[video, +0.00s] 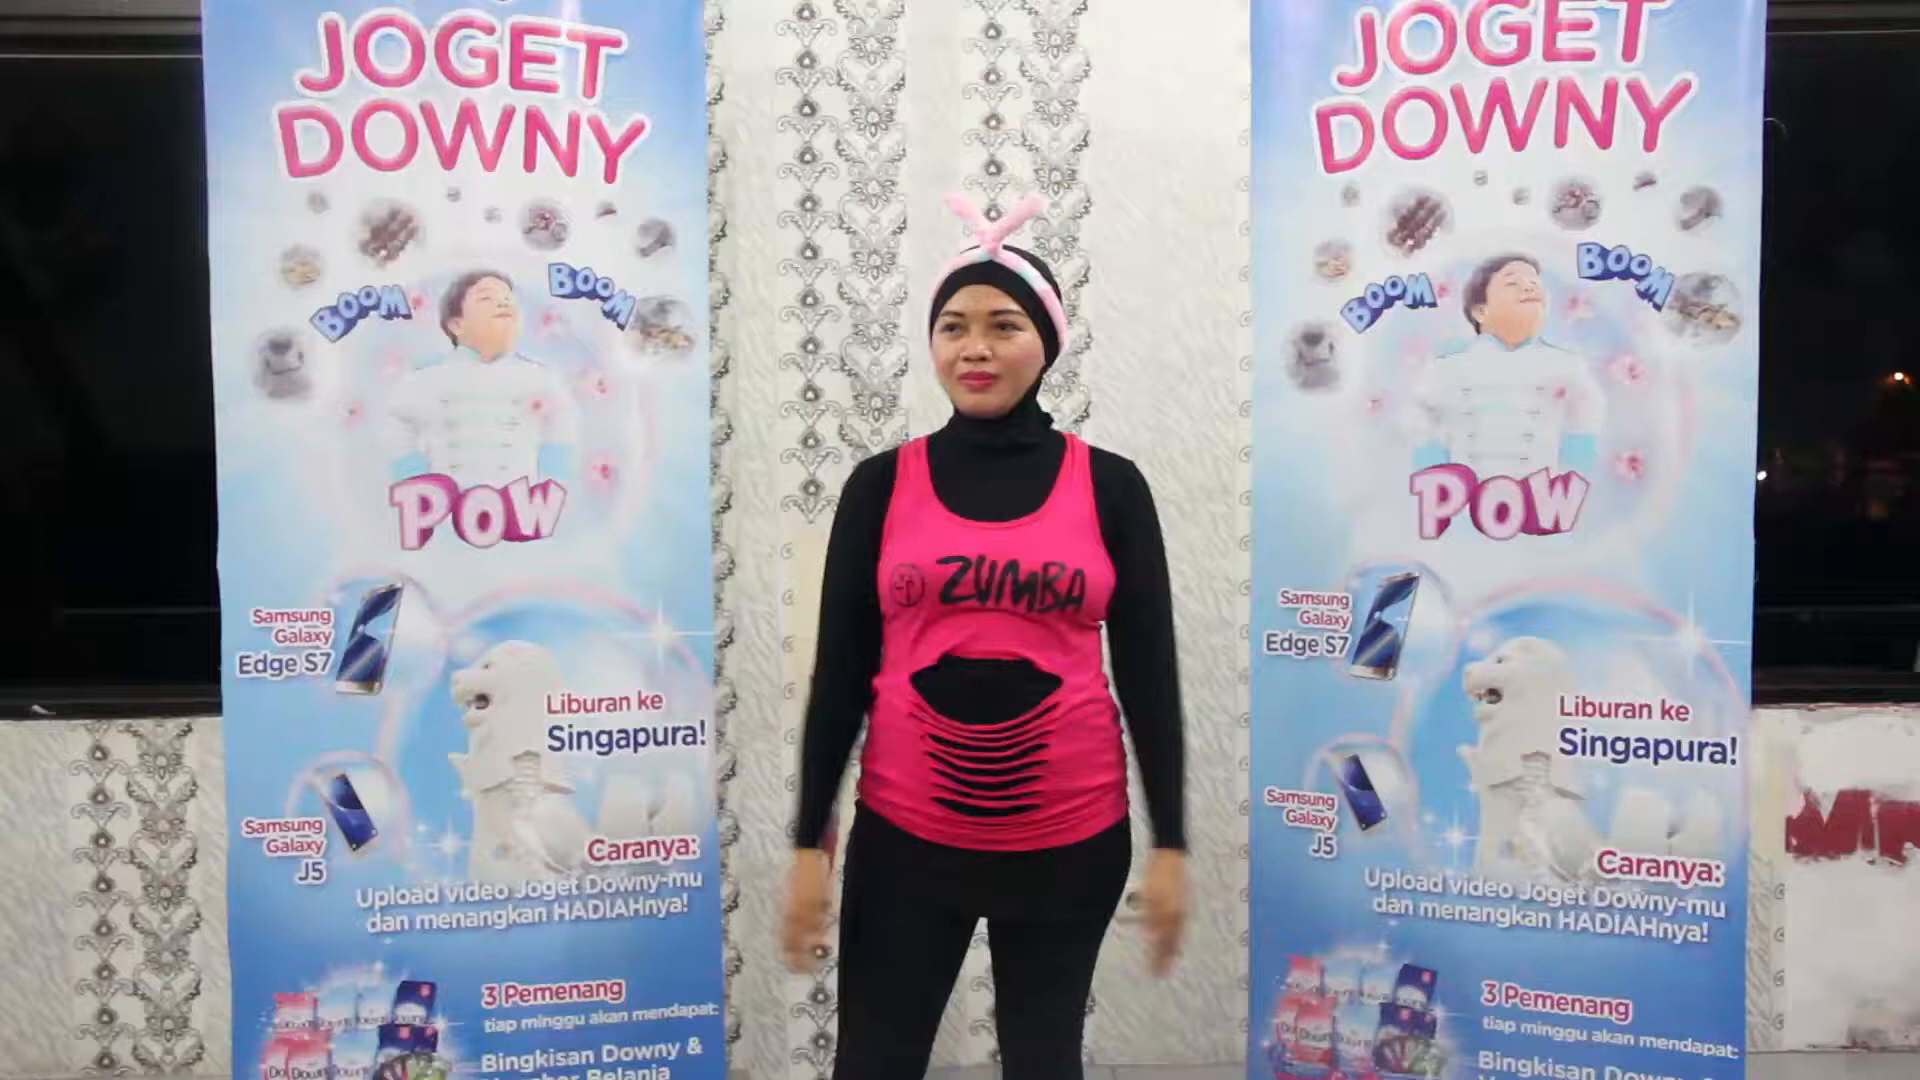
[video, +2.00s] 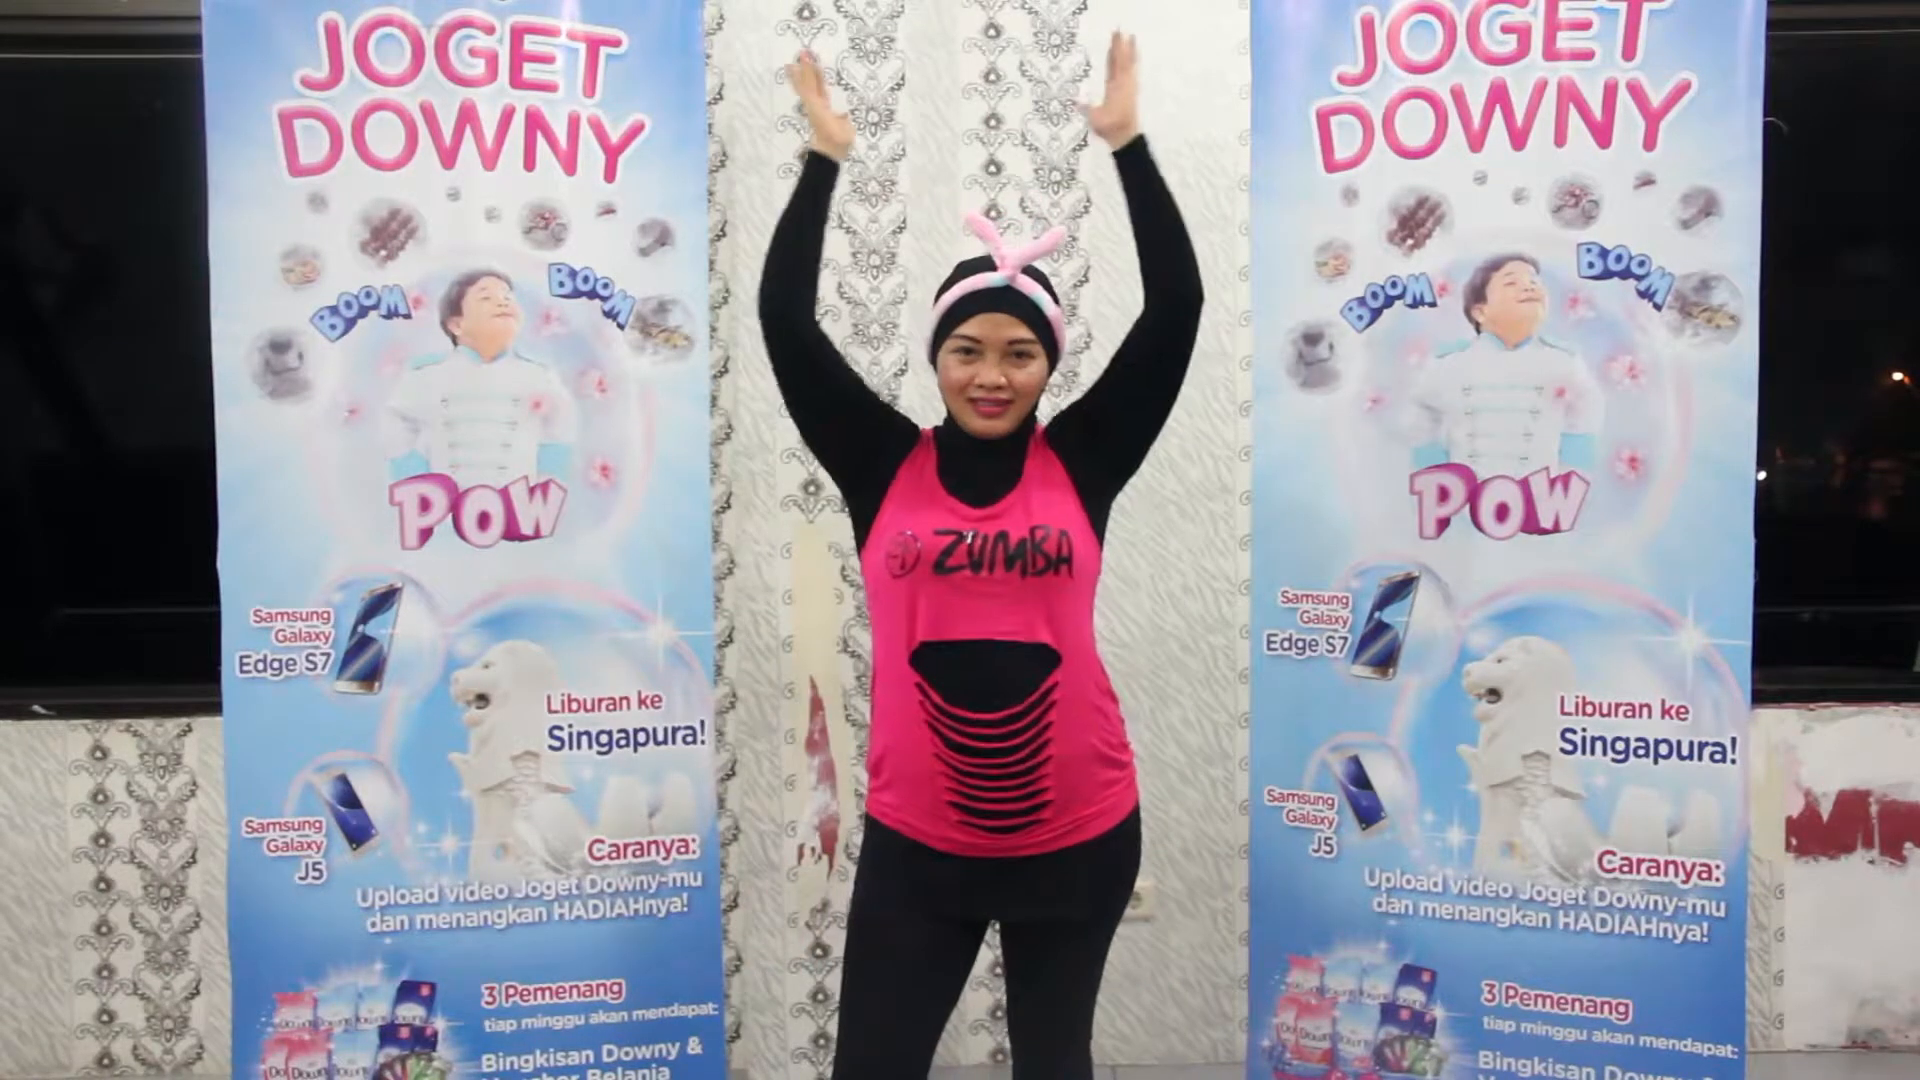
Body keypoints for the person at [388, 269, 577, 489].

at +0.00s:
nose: (503, 303)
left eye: (508, 299)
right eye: (485, 298)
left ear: (518, 316)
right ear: (455, 324)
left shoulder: (538, 378)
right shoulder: (423, 381)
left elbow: (560, 438)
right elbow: (393, 430)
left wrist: (546, 494)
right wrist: (417, 485)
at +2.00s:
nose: (503, 301)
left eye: (508, 296)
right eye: (485, 297)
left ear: (519, 314)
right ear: (454, 324)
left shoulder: (538, 377)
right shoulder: (423, 378)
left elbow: (559, 432)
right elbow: (393, 427)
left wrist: (546, 490)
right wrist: (414, 485)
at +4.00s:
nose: (502, 302)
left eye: (508, 296)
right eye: (484, 297)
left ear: (518, 313)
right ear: (455, 324)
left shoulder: (537, 377)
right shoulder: (423, 377)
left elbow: (560, 431)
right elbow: (392, 426)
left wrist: (546, 490)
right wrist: (413, 484)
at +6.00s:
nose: (502, 302)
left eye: (508, 297)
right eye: (485, 297)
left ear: (519, 316)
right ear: (455, 324)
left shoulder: (539, 378)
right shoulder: (421, 379)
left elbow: (560, 437)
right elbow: (394, 434)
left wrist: (545, 496)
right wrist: (415, 491)